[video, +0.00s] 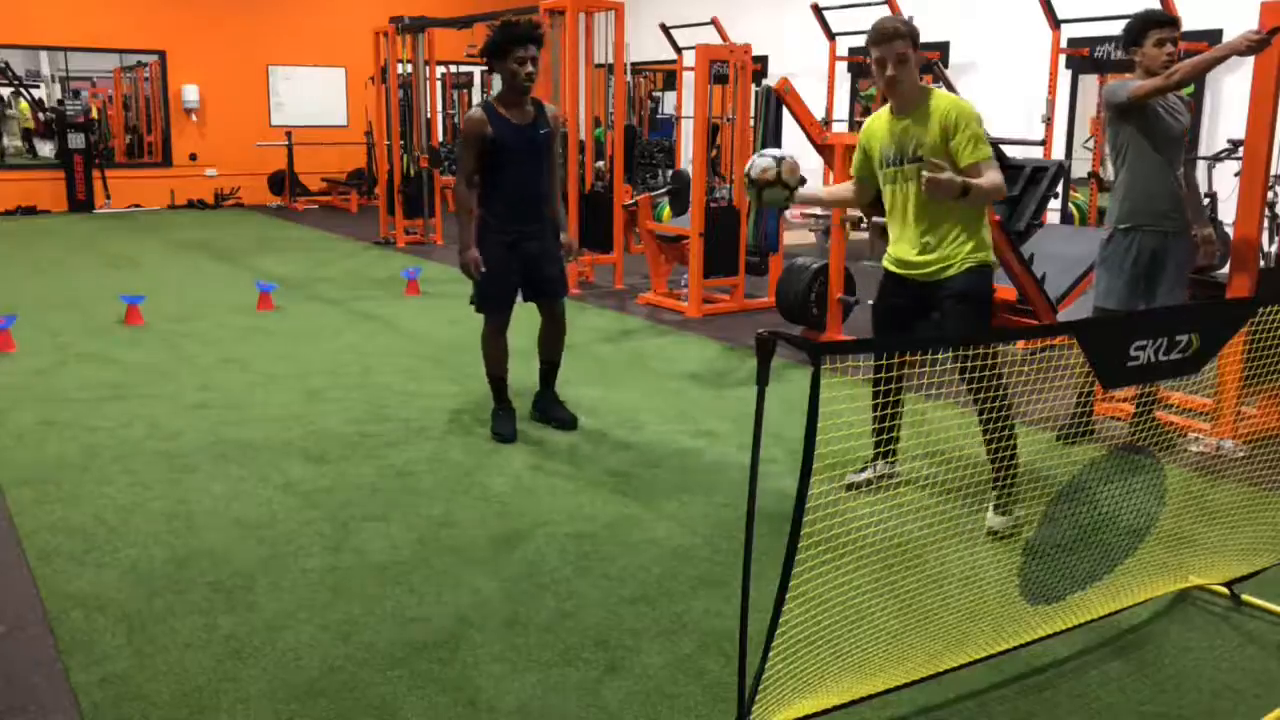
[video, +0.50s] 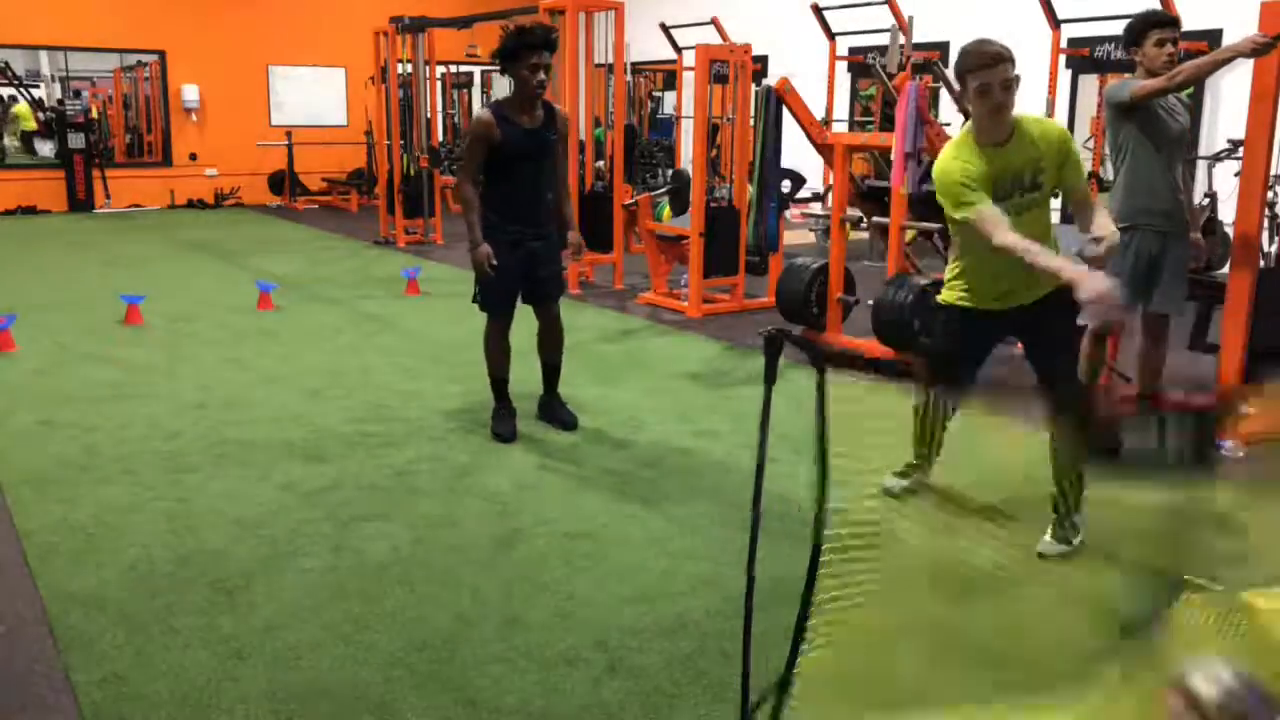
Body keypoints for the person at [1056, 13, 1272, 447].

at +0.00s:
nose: (1172, 50)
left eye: (1175, 44)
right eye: (1161, 43)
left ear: (1177, 50)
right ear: (1134, 52)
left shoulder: (1181, 105)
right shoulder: (1115, 91)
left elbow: (1185, 173)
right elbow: (1168, 82)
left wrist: (1200, 223)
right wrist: (1227, 50)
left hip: (1175, 235)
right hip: (1128, 233)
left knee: (1161, 333)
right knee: (1108, 327)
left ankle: (1143, 424)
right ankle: (1079, 416)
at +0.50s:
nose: (1172, 51)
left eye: (1176, 44)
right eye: (1161, 43)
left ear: (1180, 49)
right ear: (1136, 51)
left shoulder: (1181, 105)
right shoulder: (1117, 91)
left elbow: (1181, 176)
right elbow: (1172, 81)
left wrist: (1193, 228)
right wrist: (1234, 50)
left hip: (1174, 229)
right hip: (1131, 226)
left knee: (1157, 322)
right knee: (1107, 318)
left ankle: (1148, 402)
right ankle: (1085, 398)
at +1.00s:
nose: (1174, 52)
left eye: (1179, 44)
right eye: (1164, 44)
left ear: (1185, 51)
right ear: (1140, 51)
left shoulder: (1191, 98)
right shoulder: (1118, 93)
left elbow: (1191, 170)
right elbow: (1150, 106)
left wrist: (1199, 227)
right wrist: (1214, 86)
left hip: (1174, 230)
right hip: (1127, 226)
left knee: (1159, 322)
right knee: (1109, 318)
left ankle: (1144, 422)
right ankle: (1079, 412)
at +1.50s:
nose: (1144, 58)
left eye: (1154, 50)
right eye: (1142, 51)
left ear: (1184, 54)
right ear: (1143, 55)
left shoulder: (1213, 110)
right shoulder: (1126, 98)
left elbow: (1218, 177)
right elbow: (1106, 158)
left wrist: (1217, 235)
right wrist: (1098, 215)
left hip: (1173, 234)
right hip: (1121, 226)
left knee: (1156, 322)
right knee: (1104, 316)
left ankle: (1143, 416)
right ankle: (1082, 403)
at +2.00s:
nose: (1142, 61)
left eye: (1151, 53)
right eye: (1140, 53)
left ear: (1178, 54)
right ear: (1137, 53)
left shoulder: (1209, 111)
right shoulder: (1128, 98)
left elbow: (1218, 179)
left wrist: (1207, 239)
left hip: (1161, 237)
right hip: (1112, 228)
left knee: (1139, 329)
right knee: (1097, 328)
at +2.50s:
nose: (1108, 61)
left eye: (1116, 53)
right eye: (1109, 54)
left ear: (1143, 54)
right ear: (1137, 55)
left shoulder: (1181, 108)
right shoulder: (1112, 100)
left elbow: (1191, 175)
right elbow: (1096, 162)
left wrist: (1184, 238)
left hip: (1150, 229)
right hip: (1106, 222)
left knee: (1133, 316)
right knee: (1100, 316)